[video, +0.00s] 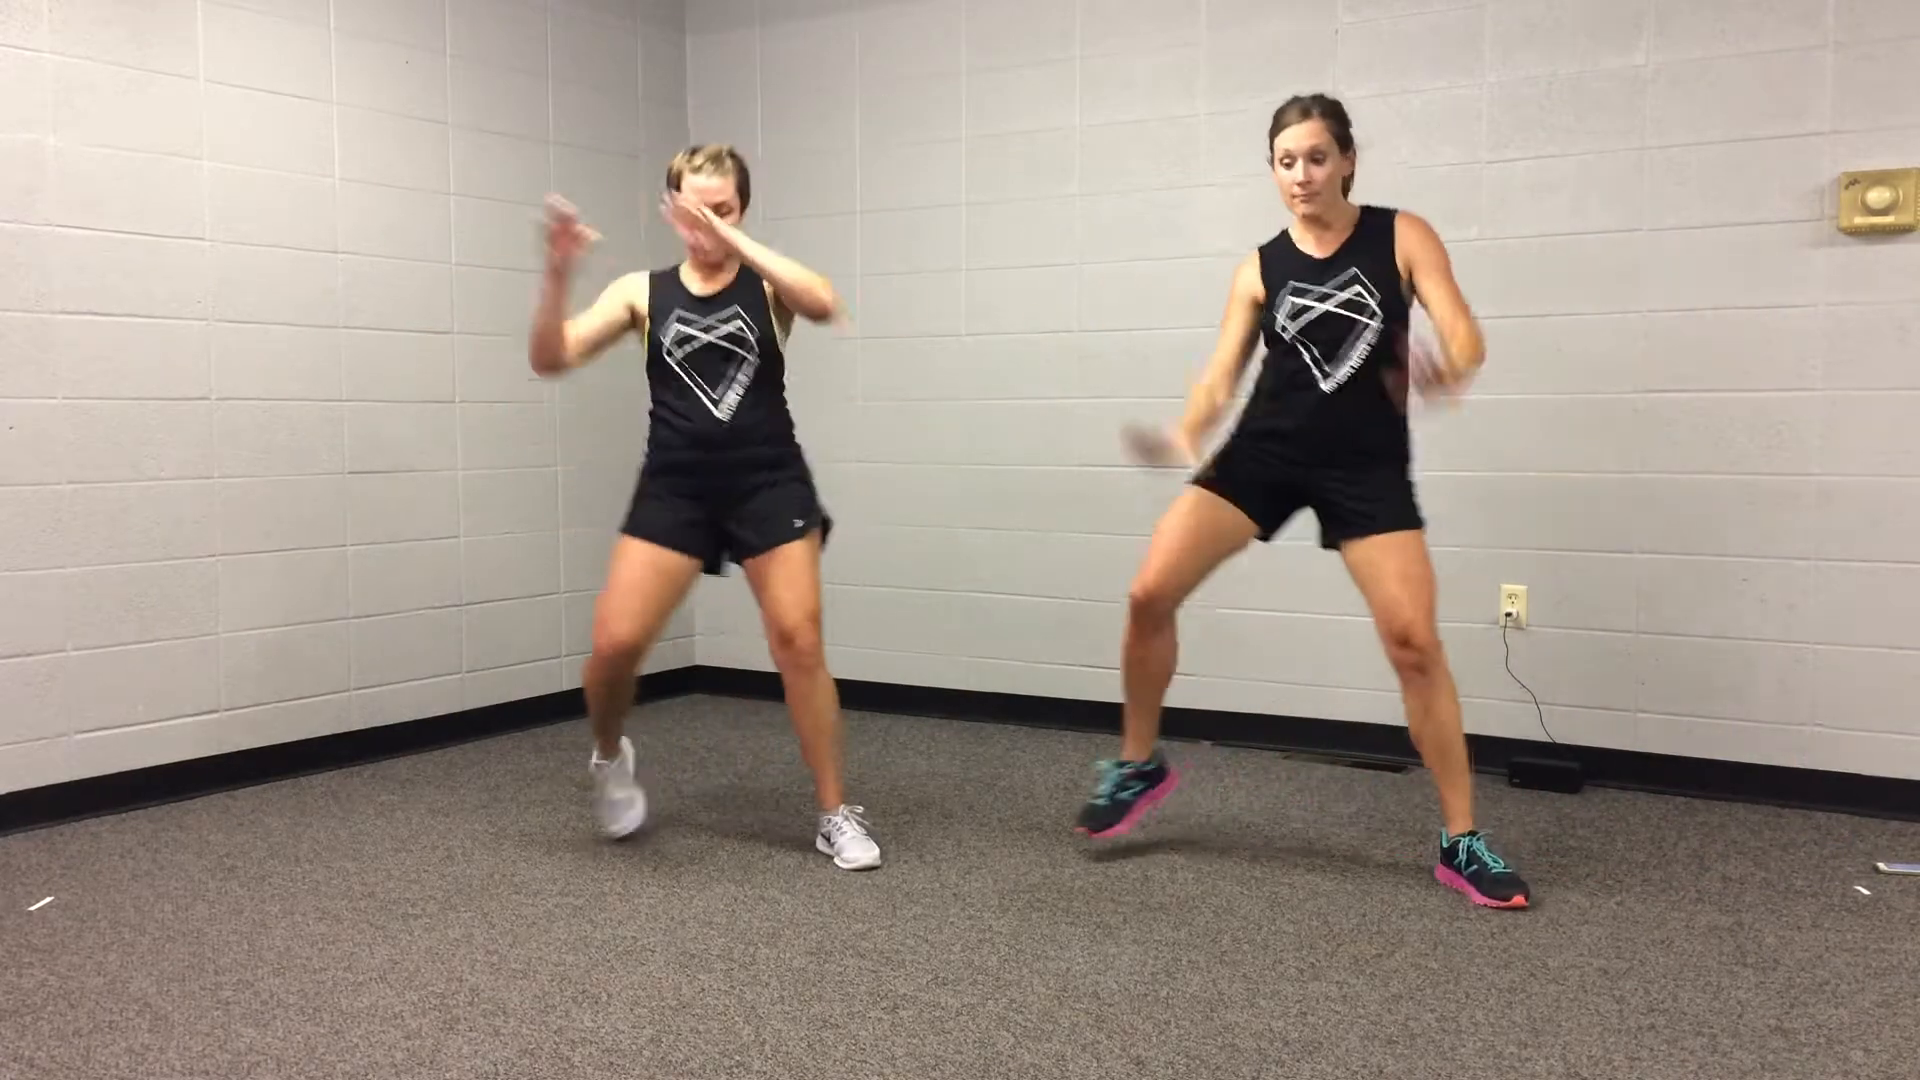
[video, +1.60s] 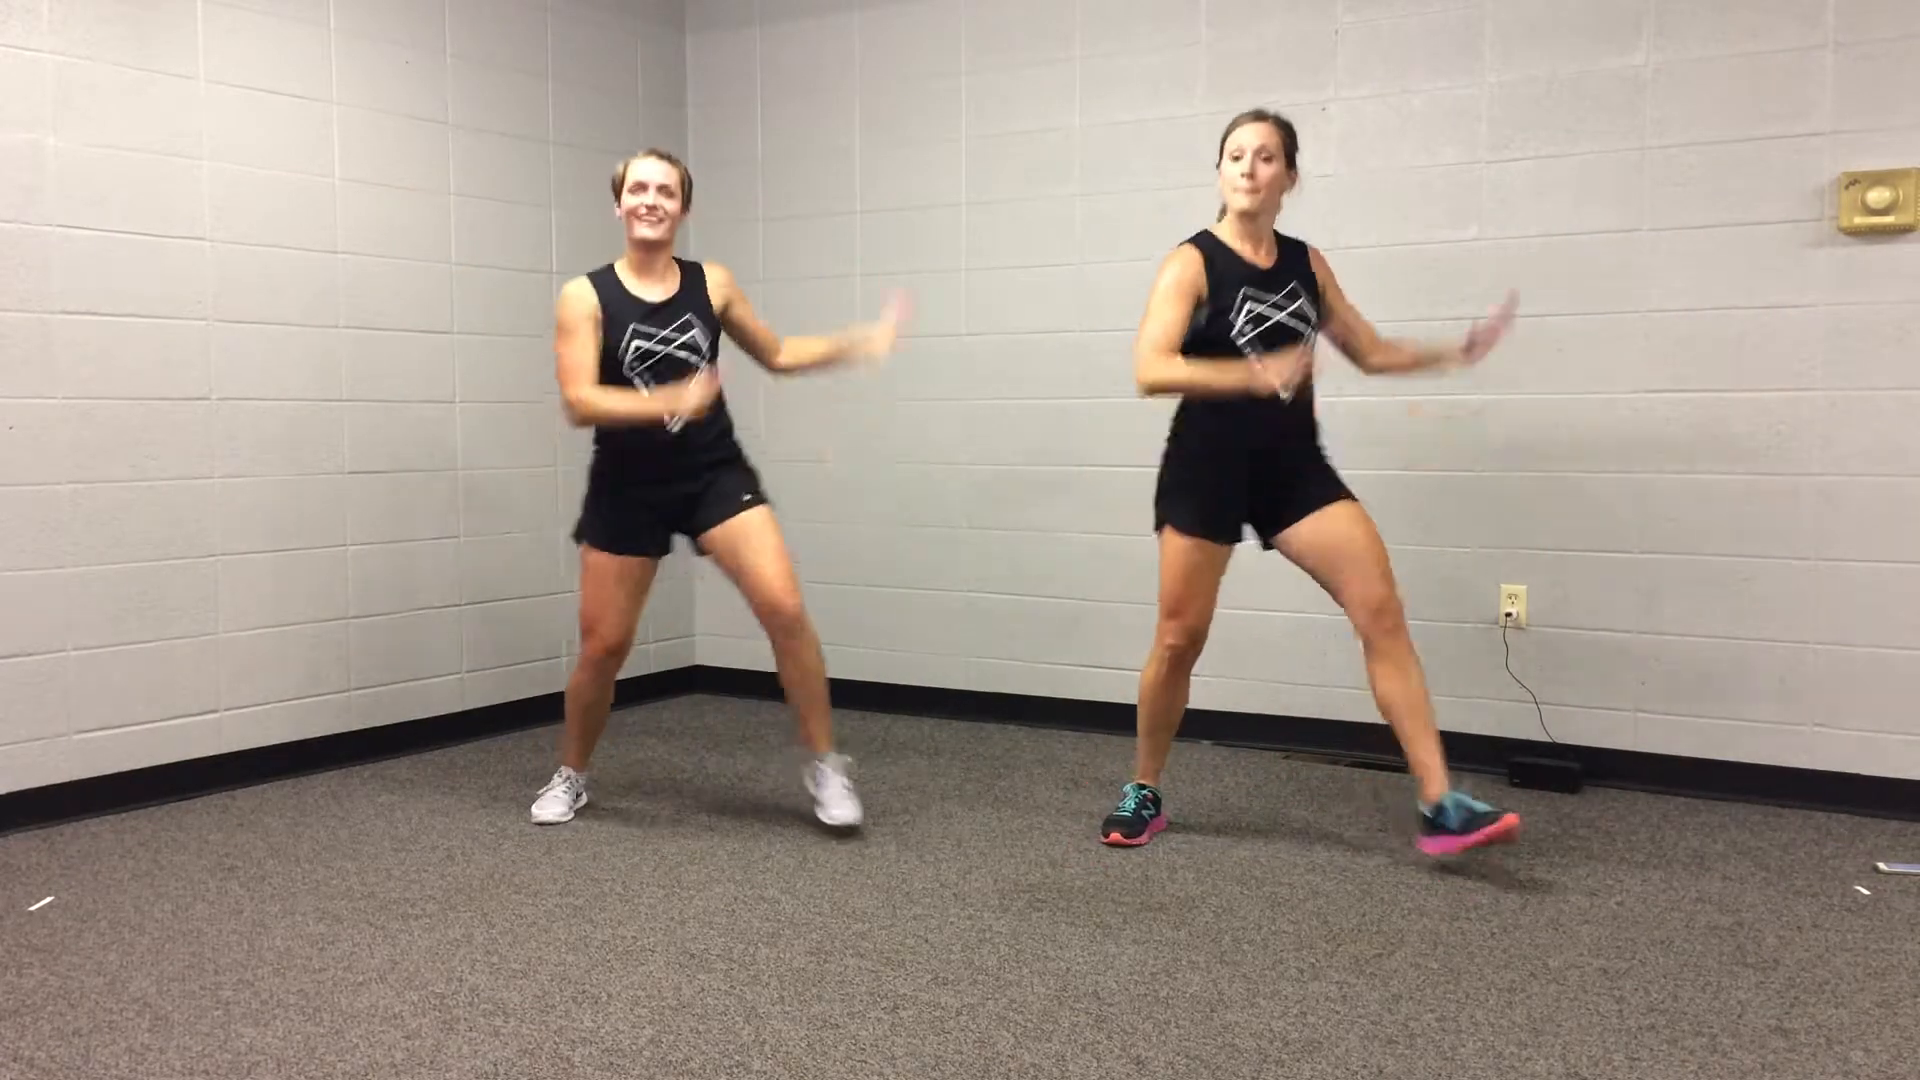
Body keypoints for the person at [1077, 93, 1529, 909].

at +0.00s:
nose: (1300, 173)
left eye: (1316, 158)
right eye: (1286, 161)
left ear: (1348, 164)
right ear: (1274, 173)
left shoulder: (1402, 237)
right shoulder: (1261, 269)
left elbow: (1465, 336)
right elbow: (1219, 377)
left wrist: (1451, 371)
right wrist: (1187, 433)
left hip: (1366, 466)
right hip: (1263, 457)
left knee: (1414, 644)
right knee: (1149, 595)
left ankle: (1462, 838)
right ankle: (1137, 762)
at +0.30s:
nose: (1259, 219)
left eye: (1276, 204)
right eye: (1248, 203)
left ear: (1307, 208)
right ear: (1233, 209)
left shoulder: (1340, 285)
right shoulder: (1203, 287)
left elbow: (1364, 412)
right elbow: (1143, 397)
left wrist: (1324, 381)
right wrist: (1084, 397)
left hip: (1267, 492)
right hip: (1171, 477)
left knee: (1343, 654)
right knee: (1120, 642)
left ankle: (1446, 834)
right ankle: (1126, 810)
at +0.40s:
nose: (1252, 226)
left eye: (1269, 212)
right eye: (1240, 210)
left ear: (1298, 213)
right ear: (1224, 209)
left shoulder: (1325, 291)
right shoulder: (1190, 295)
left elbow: (1322, 406)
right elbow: (1146, 415)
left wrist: (1322, 517)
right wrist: (1115, 520)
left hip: (1270, 484)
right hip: (1179, 478)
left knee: (1359, 631)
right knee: (1135, 637)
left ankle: (1435, 818)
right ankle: (1124, 808)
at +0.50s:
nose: (1255, 223)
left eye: (1271, 207)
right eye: (1241, 206)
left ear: (1299, 205)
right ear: (1223, 204)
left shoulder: (1326, 271)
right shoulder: (1195, 288)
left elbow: (1360, 378)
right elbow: (1153, 413)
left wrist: (1384, 470)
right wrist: (1211, 512)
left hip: (1297, 461)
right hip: (1207, 467)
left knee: (1387, 605)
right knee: (1162, 627)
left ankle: (1419, 784)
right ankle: (1125, 803)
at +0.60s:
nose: (1269, 228)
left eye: (1286, 211)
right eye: (1256, 211)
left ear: (1311, 210)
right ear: (1238, 209)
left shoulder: (1338, 267)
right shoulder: (1211, 292)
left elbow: (1385, 339)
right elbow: (1172, 420)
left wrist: (1444, 382)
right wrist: (1279, 422)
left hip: (1338, 443)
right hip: (1248, 457)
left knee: (1395, 606)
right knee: (1200, 623)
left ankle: (1418, 759)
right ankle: (1135, 795)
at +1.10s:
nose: (1304, 228)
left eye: (1321, 212)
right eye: (1293, 213)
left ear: (1355, 217)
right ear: (1279, 217)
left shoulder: (1384, 296)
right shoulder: (1245, 282)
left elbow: (1424, 412)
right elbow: (1183, 369)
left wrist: (1383, 432)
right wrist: (1157, 407)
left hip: (1308, 457)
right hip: (1221, 445)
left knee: (1361, 621)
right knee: (1167, 604)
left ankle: (1415, 773)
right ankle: (1142, 782)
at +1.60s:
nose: (1248, 167)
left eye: (1265, 158)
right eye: (1237, 157)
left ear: (1288, 178)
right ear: (1219, 173)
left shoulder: (1305, 264)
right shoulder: (1190, 264)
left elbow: (1370, 352)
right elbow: (1151, 372)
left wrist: (1456, 350)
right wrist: (1255, 370)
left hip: (1293, 468)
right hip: (1205, 470)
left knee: (1379, 607)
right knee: (1178, 638)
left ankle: (1440, 800)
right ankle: (1143, 789)